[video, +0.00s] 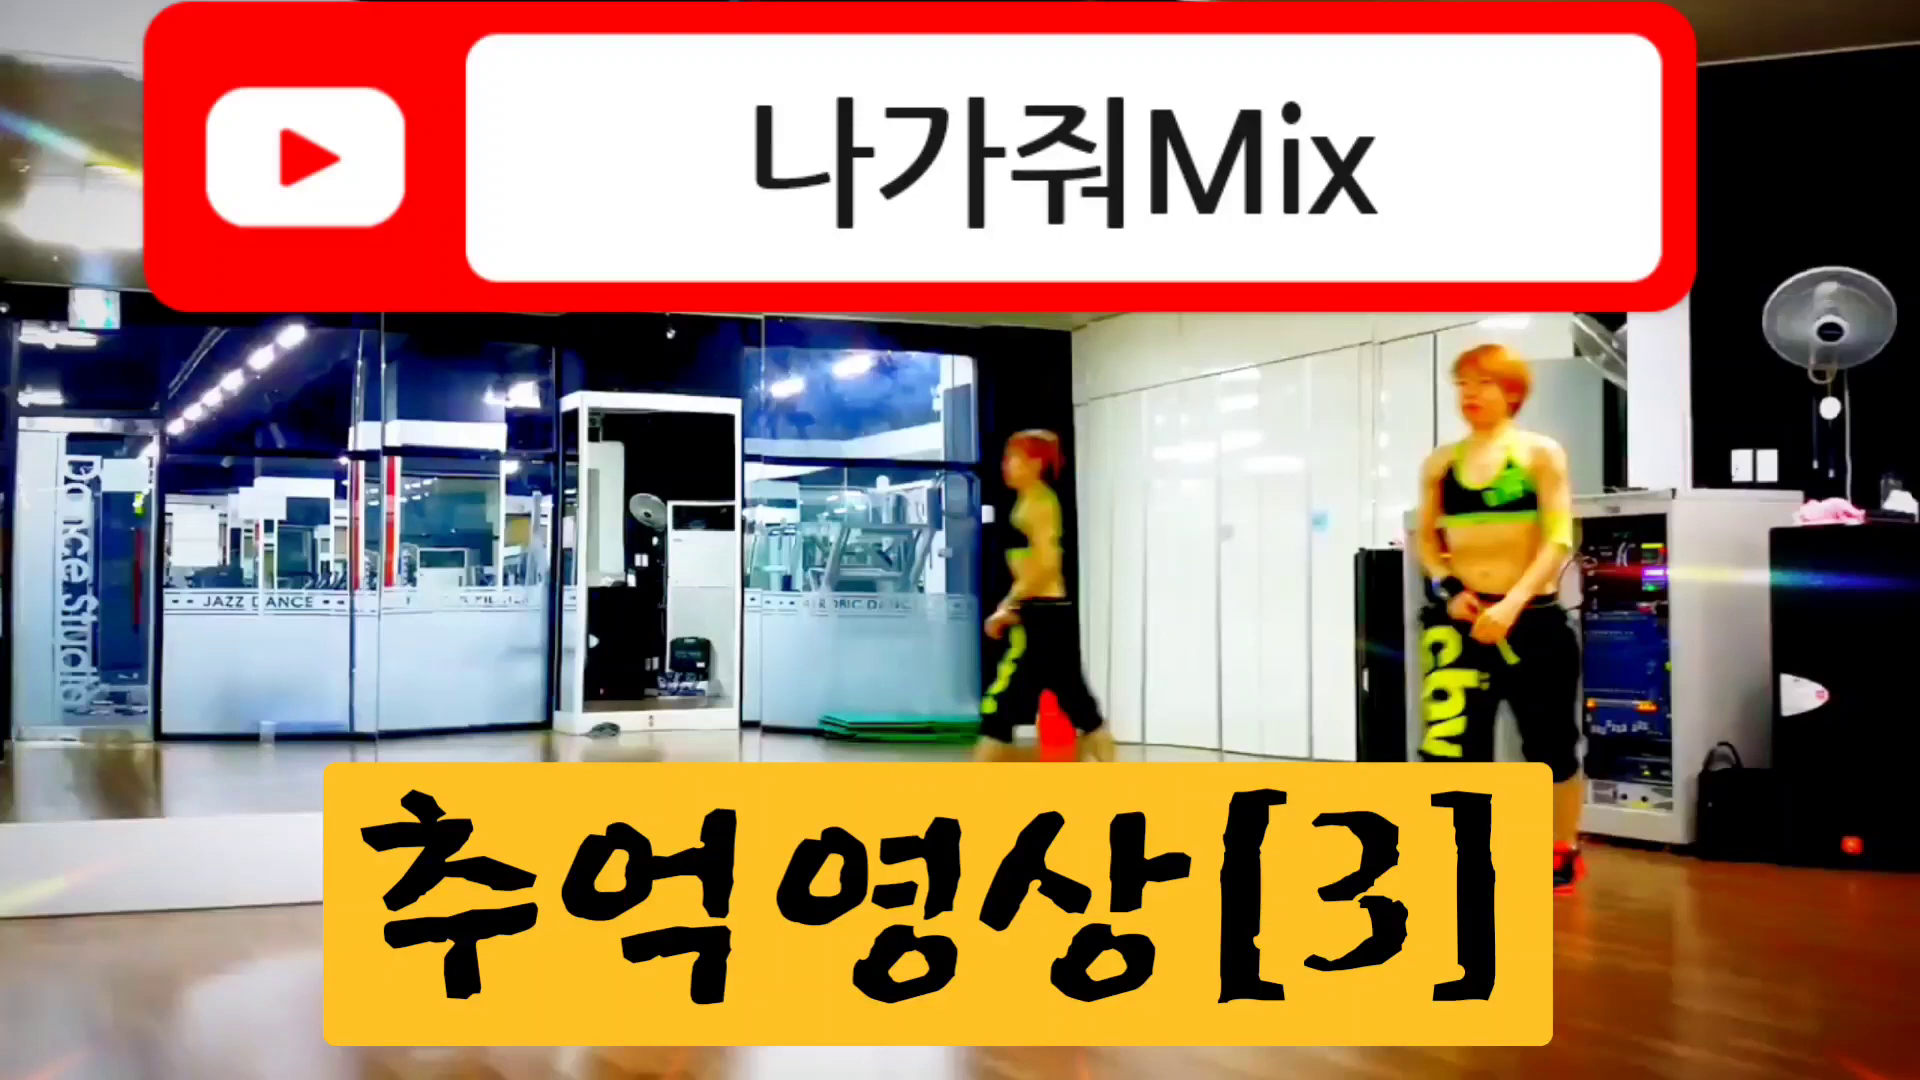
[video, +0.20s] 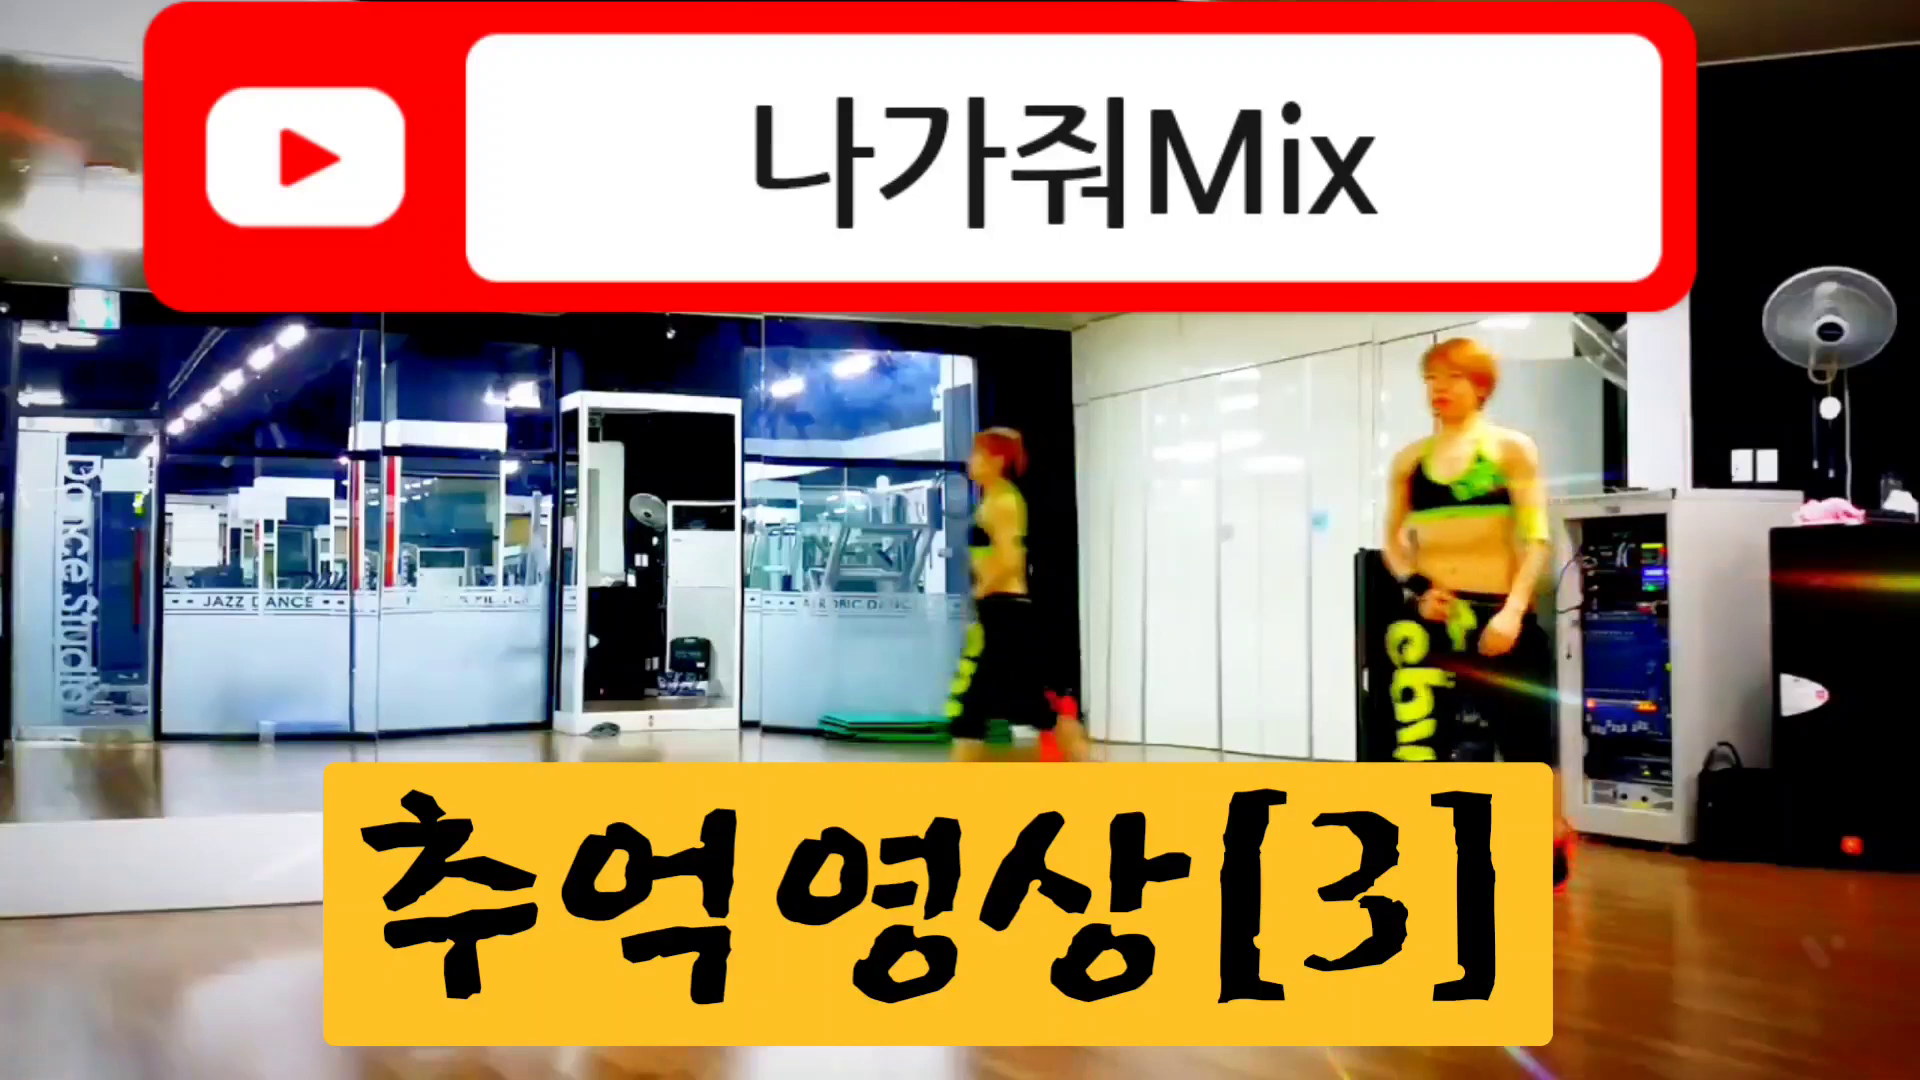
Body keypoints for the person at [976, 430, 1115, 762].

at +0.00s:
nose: (1007, 465)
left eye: (1015, 458)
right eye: (1008, 458)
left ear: (1036, 464)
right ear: (1025, 465)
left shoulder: (1038, 503)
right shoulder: (1029, 501)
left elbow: (1043, 564)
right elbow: (1035, 564)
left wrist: (1009, 604)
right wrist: (1008, 605)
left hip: (1041, 610)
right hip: (1050, 608)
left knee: (998, 706)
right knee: (1075, 696)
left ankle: (977, 788)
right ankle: (1113, 780)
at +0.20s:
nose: (970, 461)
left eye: (978, 455)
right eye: (973, 454)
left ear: (997, 461)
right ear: (996, 462)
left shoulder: (1002, 501)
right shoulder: (998, 499)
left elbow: (1007, 559)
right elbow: (1007, 556)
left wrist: (982, 587)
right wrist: (986, 582)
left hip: (1004, 607)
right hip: (1010, 604)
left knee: (969, 704)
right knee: (1024, 697)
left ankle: (960, 784)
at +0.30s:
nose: (925, 458)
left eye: (931, 451)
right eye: (928, 451)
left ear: (949, 454)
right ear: (951, 454)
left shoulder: (954, 495)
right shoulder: (963, 491)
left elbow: (957, 548)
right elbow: (963, 547)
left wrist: (934, 577)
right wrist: (937, 570)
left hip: (955, 597)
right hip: (970, 595)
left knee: (943, 693)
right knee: (956, 690)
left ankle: (964, 766)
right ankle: (1007, 754)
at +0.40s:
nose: (889, 458)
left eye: (895, 451)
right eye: (890, 450)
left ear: (914, 453)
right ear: (914, 454)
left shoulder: (918, 495)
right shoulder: (925, 493)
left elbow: (917, 547)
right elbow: (938, 551)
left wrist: (894, 576)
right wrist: (903, 575)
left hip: (921, 600)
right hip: (917, 598)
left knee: (930, 691)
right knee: (884, 686)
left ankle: (962, 771)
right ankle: (906, 768)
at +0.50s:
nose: (865, 460)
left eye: (870, 453)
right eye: (867, 452)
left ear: (890, 456)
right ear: (891, 457)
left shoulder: (891, 499)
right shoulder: (905, 497)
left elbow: (890, 549)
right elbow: (916, 553)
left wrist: (869, 578)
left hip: (898, 605)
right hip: (900, 603)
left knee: (916, 690)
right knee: (857, 687)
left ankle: (954, 762)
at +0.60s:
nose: (828, 467)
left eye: (834, 459)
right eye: (829, 460)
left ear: (855, 462)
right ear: (856, 463)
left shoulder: (856, 501)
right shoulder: (866, 501)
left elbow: (857, 552)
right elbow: (881, 562)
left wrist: (834, 587)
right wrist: (888, 611)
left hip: (858, 612)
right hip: (858, 610)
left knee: (886, 704)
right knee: (818, 706)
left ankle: (940, 768)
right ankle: (792, 774)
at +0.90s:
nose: (729, 457)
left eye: (738, 449)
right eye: (723, 450)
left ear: (755, 452)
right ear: (717, 456)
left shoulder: (765, 497)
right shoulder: (719, 497)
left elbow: (802, 551)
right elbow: (715, 559)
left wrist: (780, 598)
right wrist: (674, 599)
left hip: (749, 602)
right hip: (726, 602)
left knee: (697, 694)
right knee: (746, 699)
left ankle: (703, 772)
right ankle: (771, 776)